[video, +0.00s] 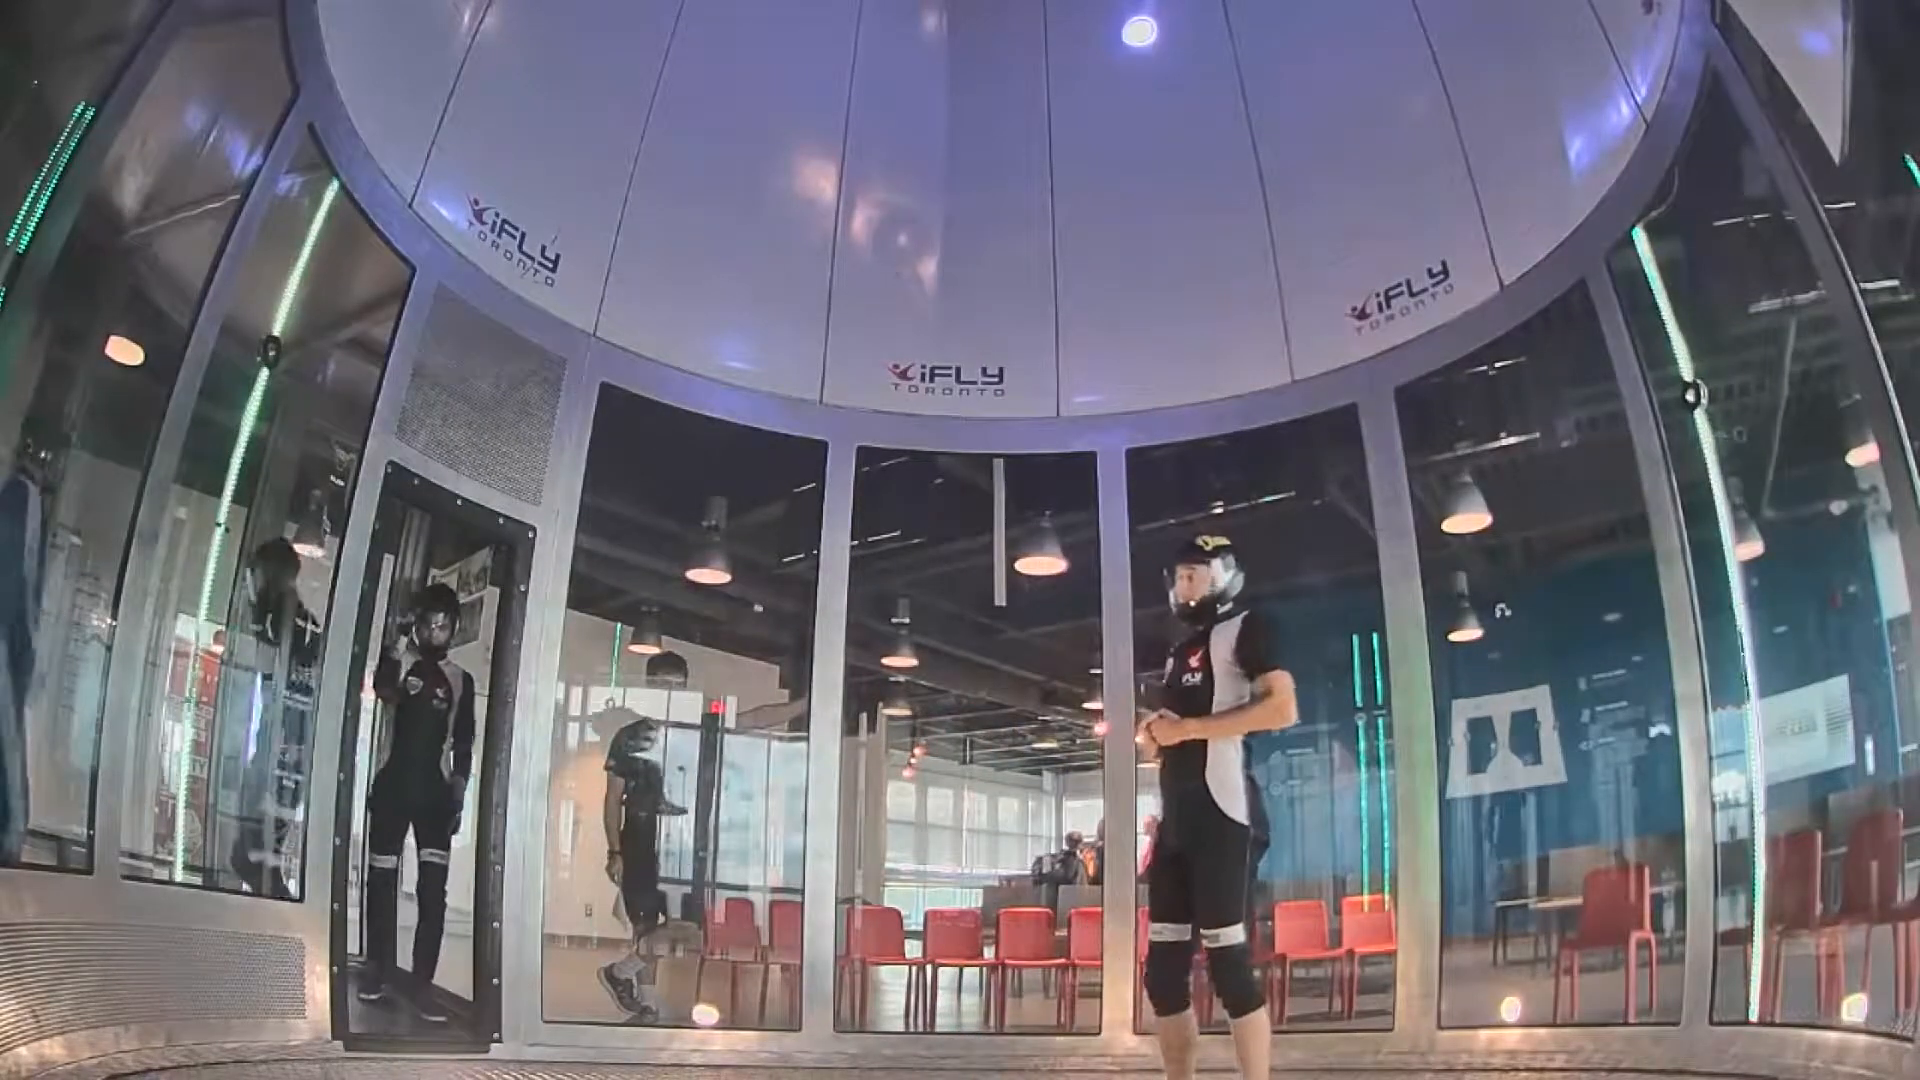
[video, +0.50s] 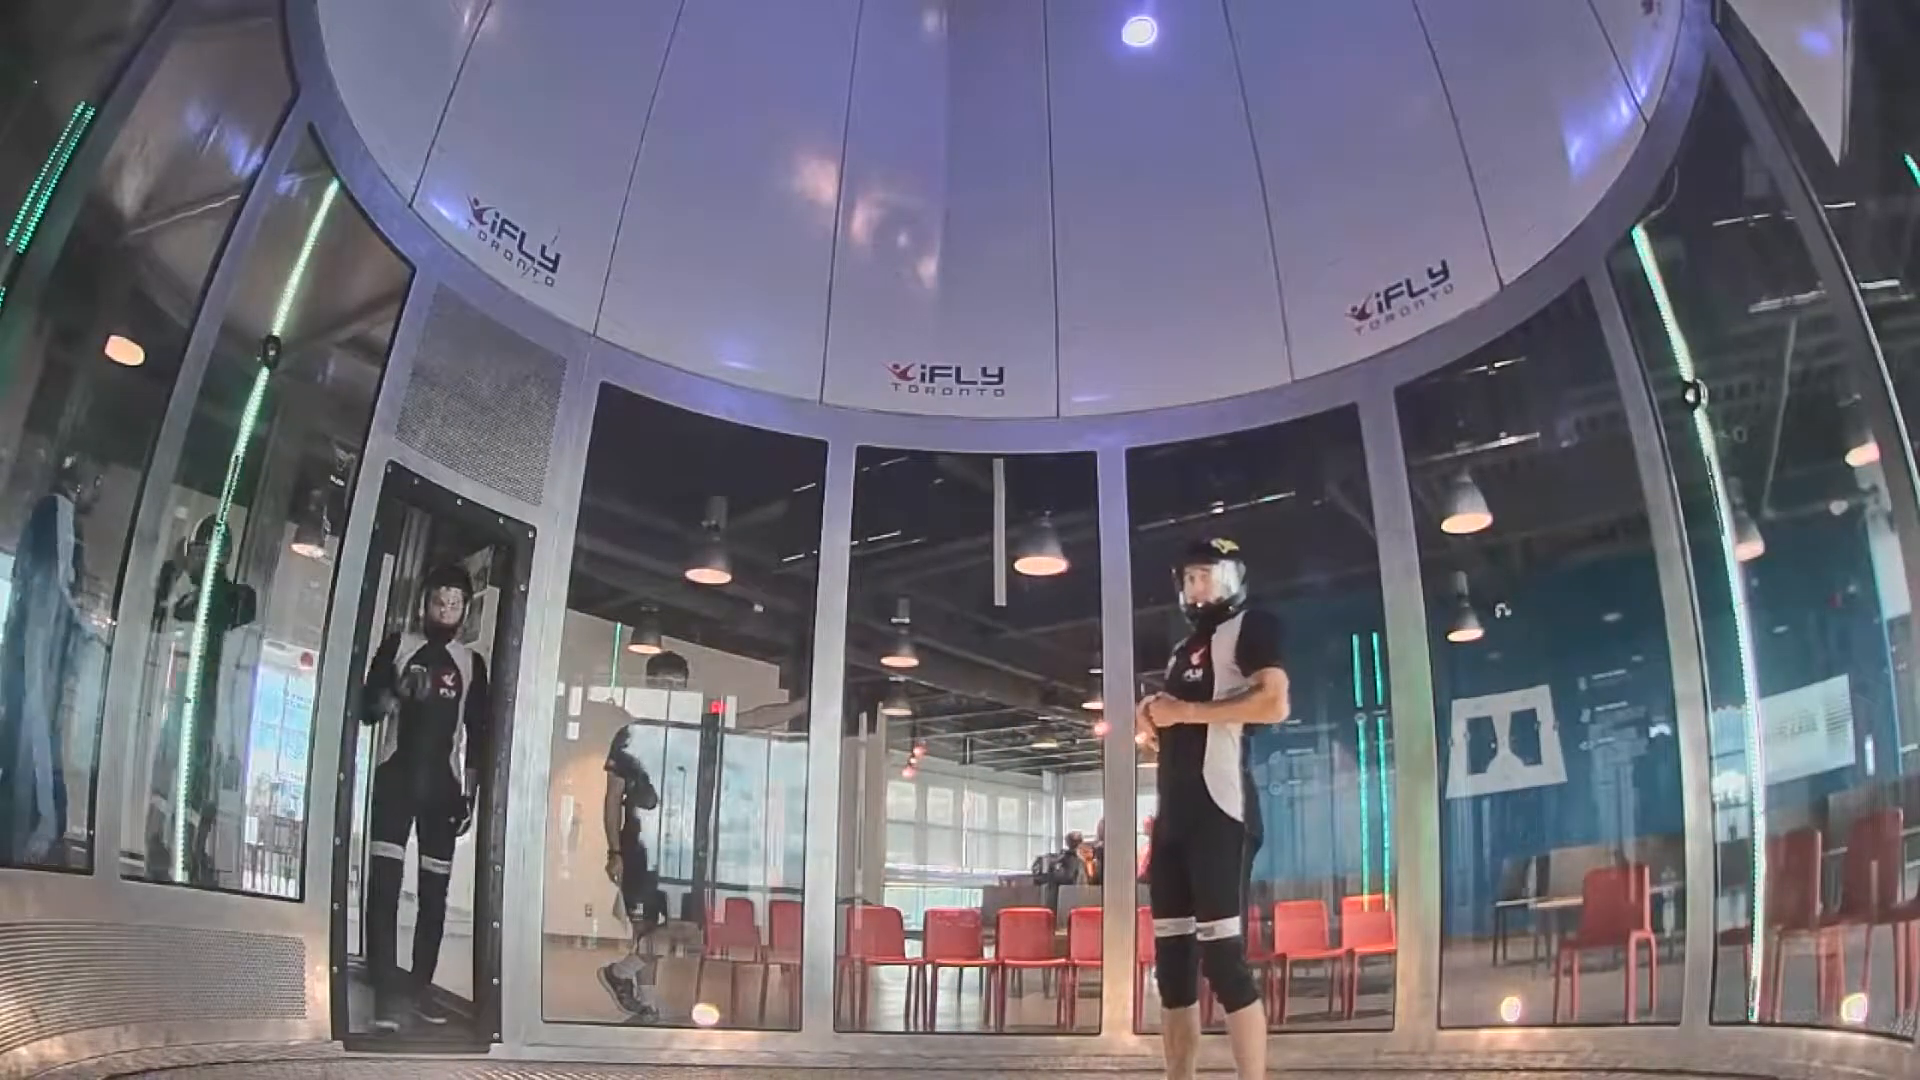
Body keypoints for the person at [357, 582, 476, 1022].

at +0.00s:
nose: (438, 632)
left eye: (445, 624)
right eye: (431, 623)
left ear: (455, 628)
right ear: (418, 625)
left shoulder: (462, 680)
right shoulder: (401, 666)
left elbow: (464, 738)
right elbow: (386, 690)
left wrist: (459, 784)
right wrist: (398, 647)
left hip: (436, 790)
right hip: (393, 784)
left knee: (433, 891)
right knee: (382, 883)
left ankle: (422, 984)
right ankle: (379, 971)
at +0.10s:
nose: (443, 622)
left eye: (451, 614)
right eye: (436, 612)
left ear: (462, 620)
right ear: (422, 615)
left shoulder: (468, 673)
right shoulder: (402, 658)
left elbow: (470, 740)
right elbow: (392, 682)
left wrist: (470, 799)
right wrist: (410, 634)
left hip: (442, 789)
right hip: (396, 782)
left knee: (436, 892)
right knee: (382, 883)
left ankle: (423, 986)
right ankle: (380, 966)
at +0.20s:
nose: (445, 621)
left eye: (453, 614)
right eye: (439, 611)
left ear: (464, 619)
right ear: (425, 613)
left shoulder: (470, 671)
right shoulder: (403, 655)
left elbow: (473, 738)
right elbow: (392, 685)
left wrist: (476, 798)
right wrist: (412, 635)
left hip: (444, 788)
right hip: (397, 782)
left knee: (436, 893)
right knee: (384, 883)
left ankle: (423, 985)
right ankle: (381, 966)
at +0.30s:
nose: (446, 614)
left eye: (455, 606)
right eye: (439, 604)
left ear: (467, 611)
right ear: (427, 606)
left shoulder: (473, 665)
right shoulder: (403, 649)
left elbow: (481, 733)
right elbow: (385, 705)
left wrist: (479, 795)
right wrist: (403, 661)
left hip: (445, 784)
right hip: (398, 777)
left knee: (436, 893)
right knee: (384, 883)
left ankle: (422, 989)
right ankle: (380, 984)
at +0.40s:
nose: (445, 614)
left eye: (453, 606)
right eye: (438, 605)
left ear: (466, 610)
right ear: (427, 607)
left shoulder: (474, 666)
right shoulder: (404, 651)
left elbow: (481, 733)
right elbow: (381, 705)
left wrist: (478, 795)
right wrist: (401, 662)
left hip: (445, 785)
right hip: (398, 778)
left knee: (436, 895)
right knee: (384, 886)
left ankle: (422, 989)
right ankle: (381, 988)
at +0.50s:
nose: (446, 608)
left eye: (455, 602)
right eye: (440, 599)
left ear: (466, 607)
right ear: (427, 601)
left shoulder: (473, 662)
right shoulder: (399, 645)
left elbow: (479, 731)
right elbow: (367, 708)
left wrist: (473, 789)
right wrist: (397, 688)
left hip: (444, 784)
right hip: (394, 778)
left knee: (434, 895)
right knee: (385, 887)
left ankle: (418, 994)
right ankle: (386, 996)